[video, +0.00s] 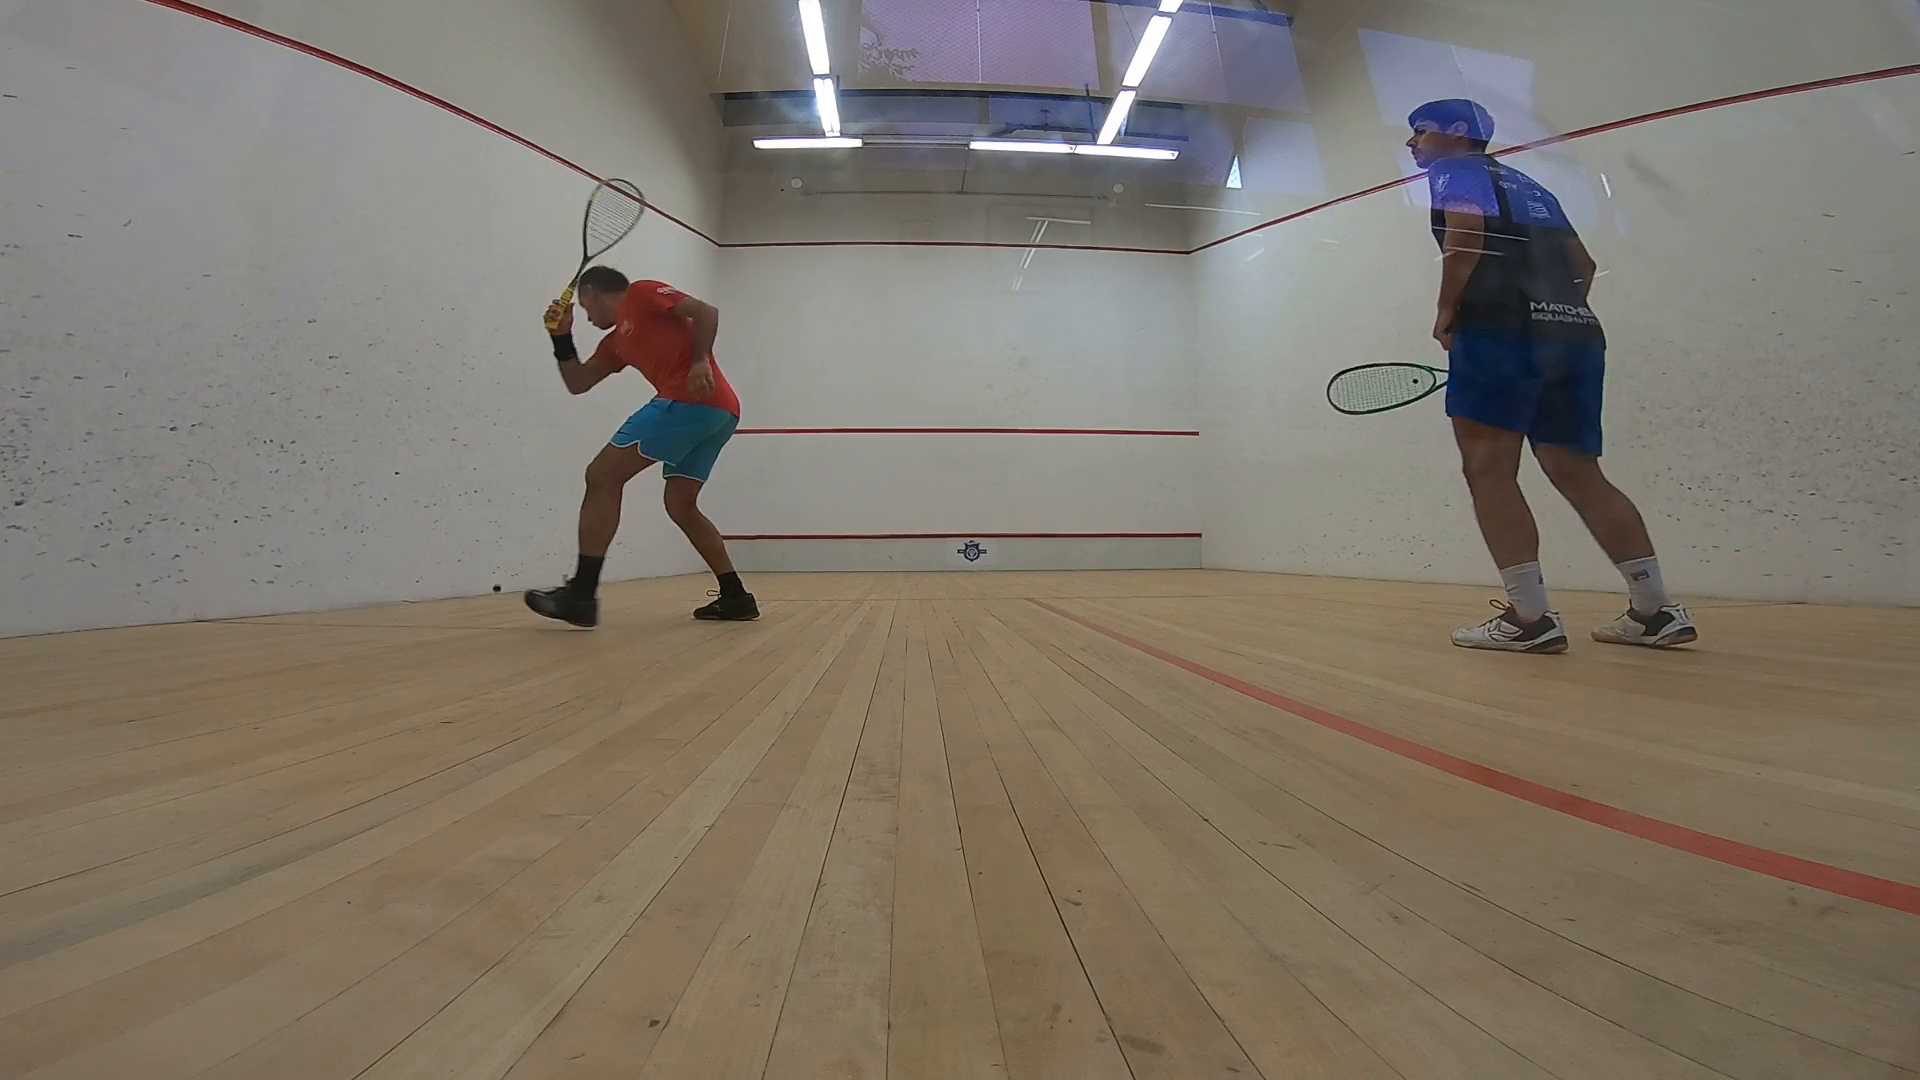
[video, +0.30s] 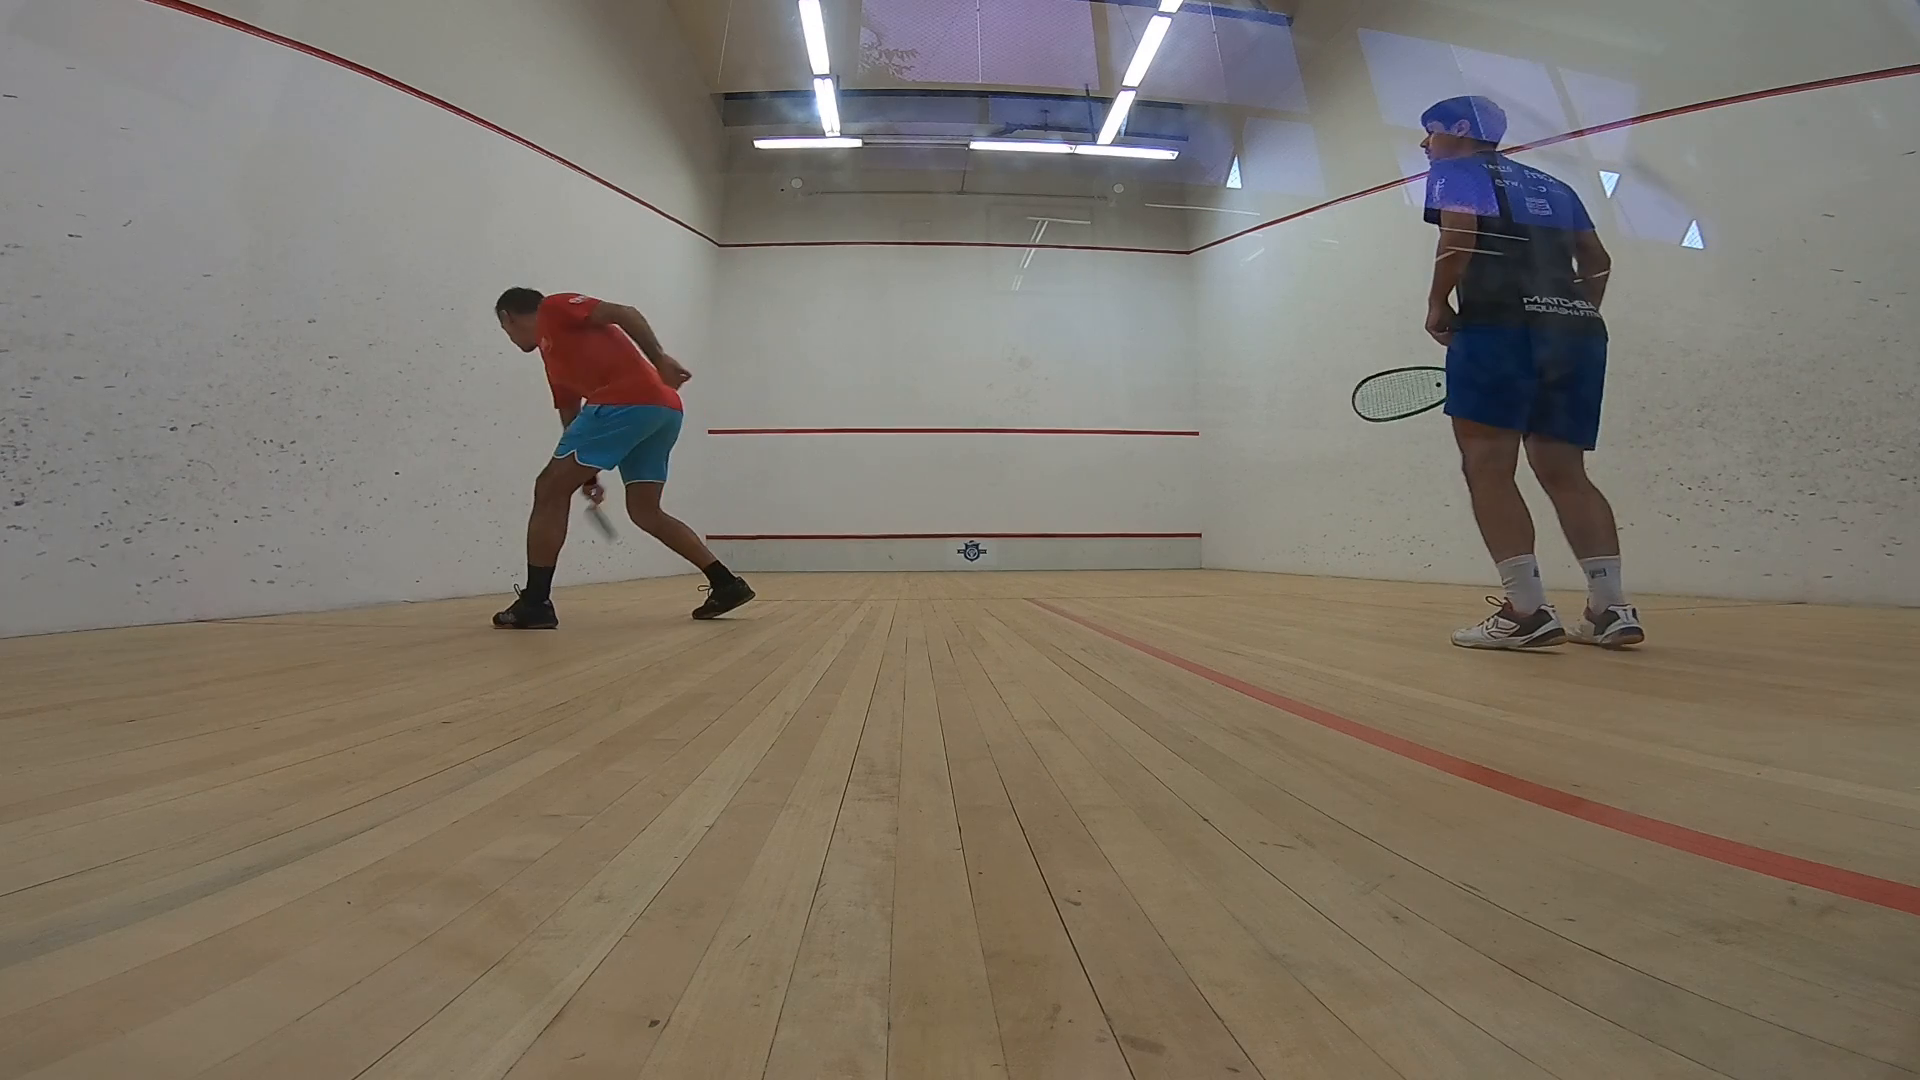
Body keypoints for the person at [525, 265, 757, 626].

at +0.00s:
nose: (586, 316)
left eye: (584, 306)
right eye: (583, 310)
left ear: (593, 293)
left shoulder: (642, 293)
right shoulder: (618, 343)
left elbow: (706, 313)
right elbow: (577, 382)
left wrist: (701, 359)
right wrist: (561, 337)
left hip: (685, 401)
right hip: (717, 408)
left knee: (603, 475)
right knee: (680, 504)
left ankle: (581, 595)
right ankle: (735, 596)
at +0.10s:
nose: (556, 330)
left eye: (554, 320)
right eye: (552, 323)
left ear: (570, 307)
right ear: (574, 311)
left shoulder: (616, 302)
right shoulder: (588, 360)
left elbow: (684, 317)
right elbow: (549, 406)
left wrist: (705, 361)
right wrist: (518, 396)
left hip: (663, 404)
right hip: (707, 409)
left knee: (599, 496)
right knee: (676, 509)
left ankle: (549, 599)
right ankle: (735, 595)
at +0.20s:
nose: (530, 339)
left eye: (527, 328)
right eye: (526, 331)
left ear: (537, 314)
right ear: (544, 314)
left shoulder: (585, 308)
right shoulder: (571, 371)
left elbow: (655, 320)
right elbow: (554, 433)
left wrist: (695, 362)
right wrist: (525, 490)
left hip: (643, 407)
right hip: (683, 413)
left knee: (568, 491)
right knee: (660, 512)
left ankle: (535, 601)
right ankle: (732, 592)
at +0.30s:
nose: (509, 337)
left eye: (505, 328)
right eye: (505, 330)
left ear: (513, 316)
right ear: (524, 314)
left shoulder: (554, 307)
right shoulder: (554, 356)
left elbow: (625, 314)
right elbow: (570, 415)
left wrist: (660, 358)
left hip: (624, 403)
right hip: (664, 407)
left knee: (550, 488)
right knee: (645, 511)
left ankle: (535, 602)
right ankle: (727, 584)